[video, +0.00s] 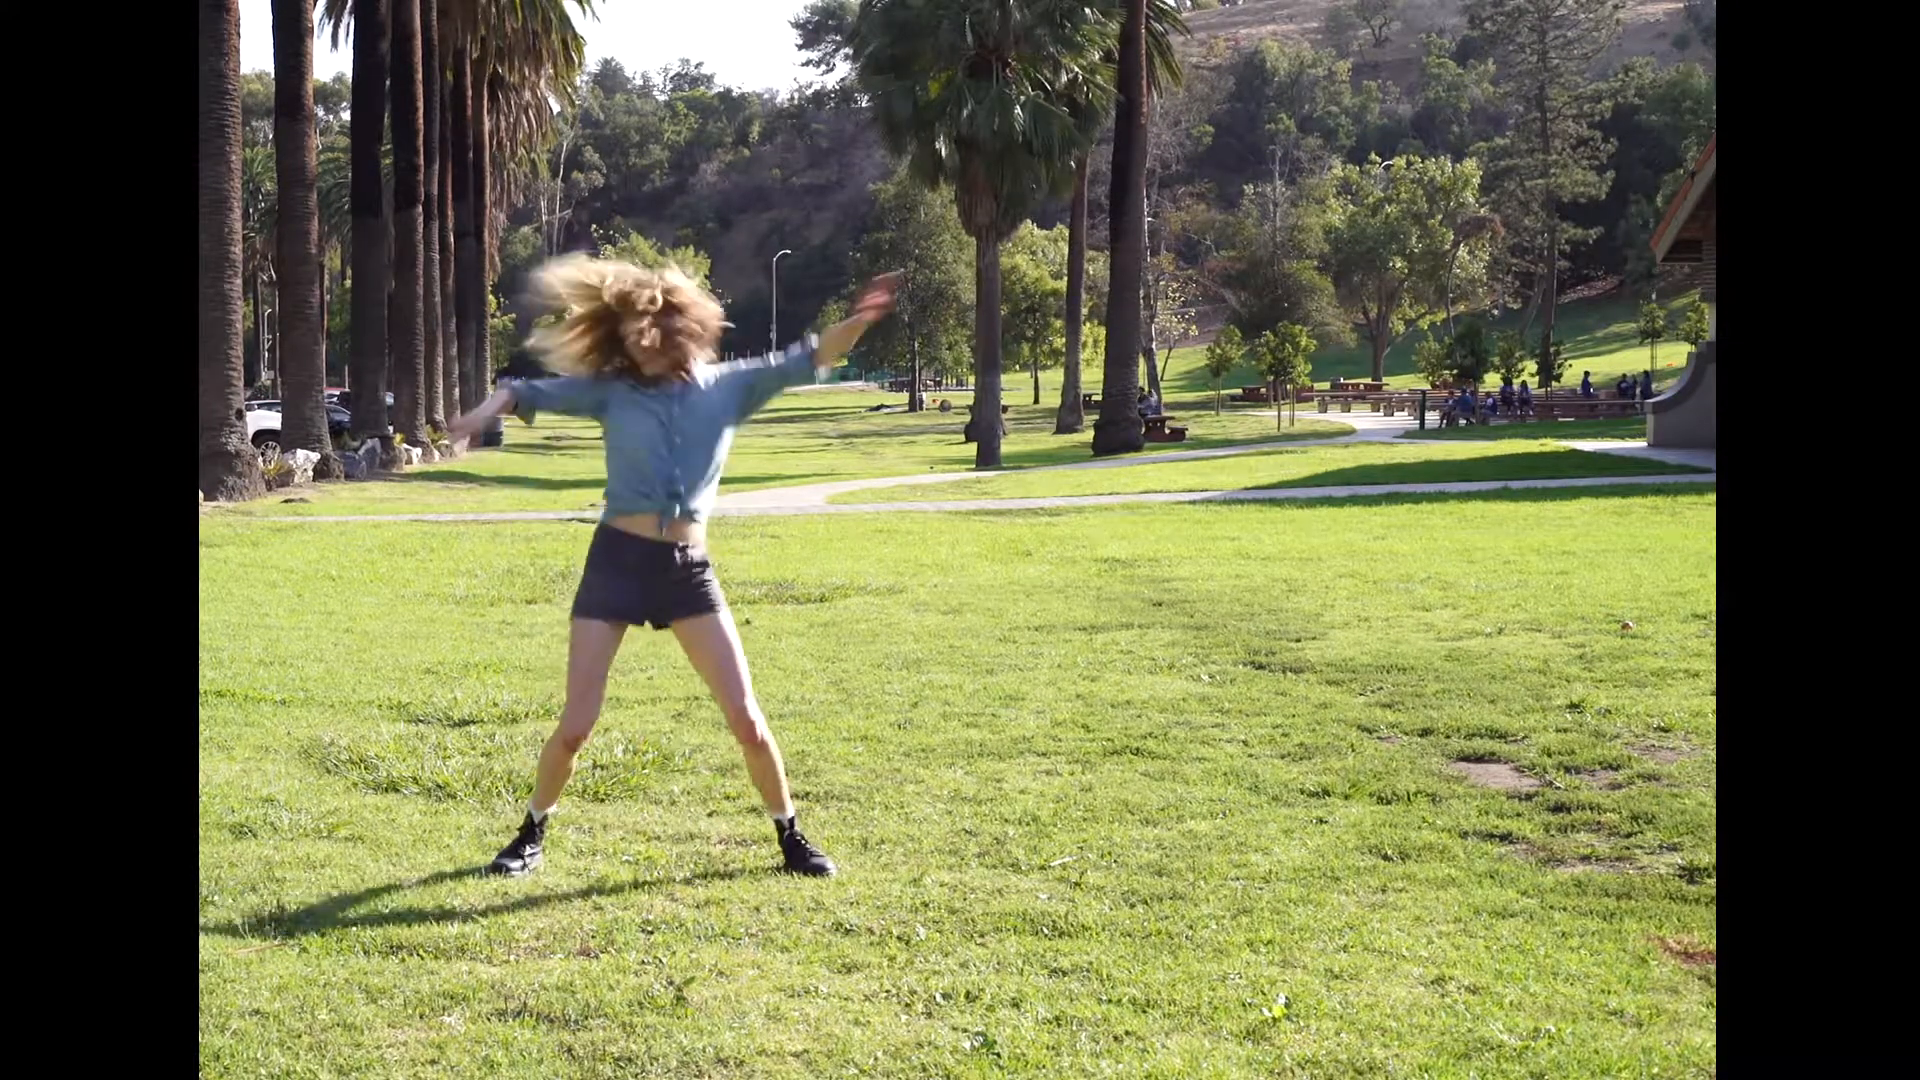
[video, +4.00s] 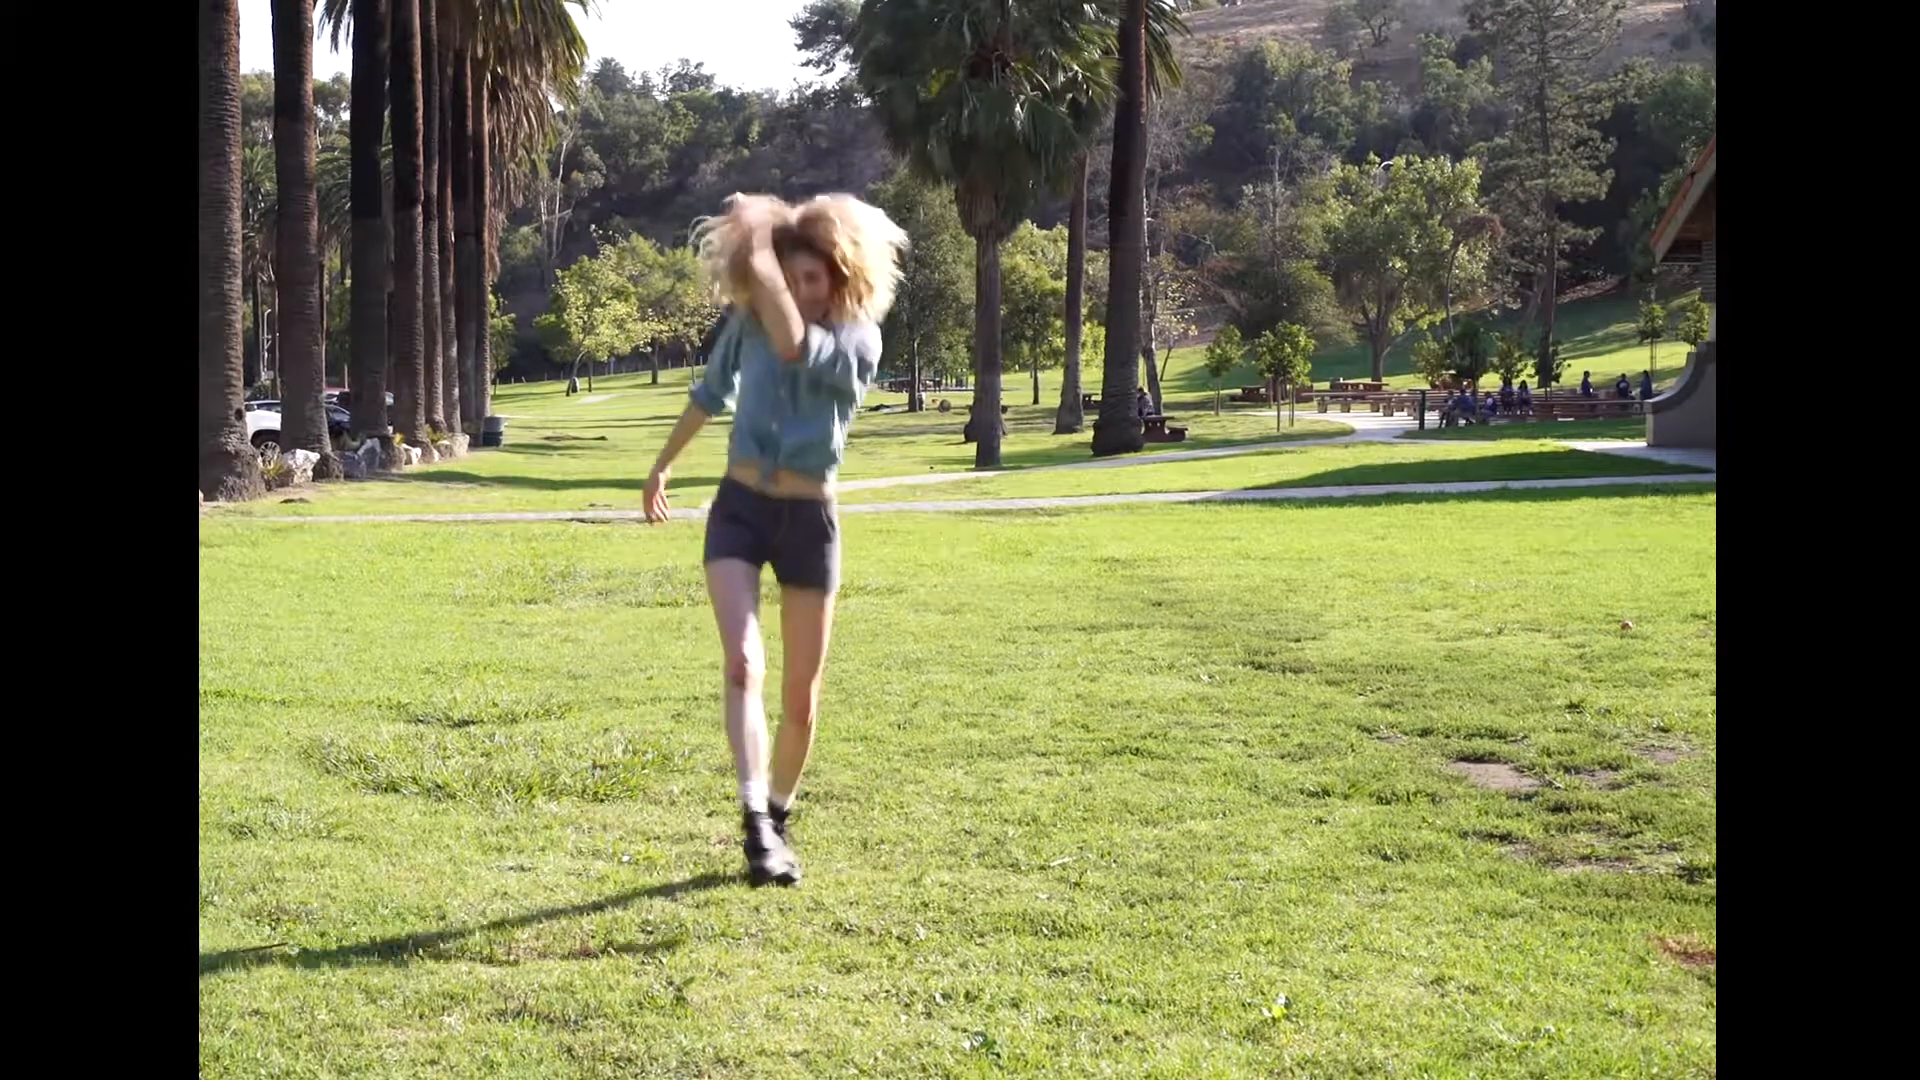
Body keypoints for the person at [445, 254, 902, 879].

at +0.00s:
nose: (645, 336)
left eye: (655, 323)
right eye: (633, 328)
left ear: (679, 327)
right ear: (622, 337)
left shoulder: (722, 386)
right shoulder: (610, 392)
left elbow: (808, 359)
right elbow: (523, 391)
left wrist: (858, 320)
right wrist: (480, 414)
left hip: (686, 566)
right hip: (615, 560)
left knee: (748, 723)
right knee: (576, 724)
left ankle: (792, 839)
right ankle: (531, 834)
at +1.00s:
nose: (682, 438)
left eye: (696, 433)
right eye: (679, 426)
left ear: (721, 445)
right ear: (669, 425)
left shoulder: (727, 495)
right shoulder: (635, 453)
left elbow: (755, 555)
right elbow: (563, 424)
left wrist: (740, 479)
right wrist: (494, 387)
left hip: (675, 612)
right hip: (605, 603)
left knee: (753, 746)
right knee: (561, 734)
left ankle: (797, 839)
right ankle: (524, 836)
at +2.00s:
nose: (666, 413)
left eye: (679, 401)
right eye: (660, 403)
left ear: (713, 406)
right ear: (654, 409)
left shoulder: (750, 468)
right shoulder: (653, 466)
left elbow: (739, 562)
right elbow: (680, 567)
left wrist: (649, 585)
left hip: (723, 593)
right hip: (657, 601)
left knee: (801, 719)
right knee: (629, 756)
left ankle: (812, 835)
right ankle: (540, 832)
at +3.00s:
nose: (718, 391)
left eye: (729, 378)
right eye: (706, 379)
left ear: (760, 373)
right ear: (692, 377)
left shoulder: (792, 426)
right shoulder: (681, 425)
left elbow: (851, 483)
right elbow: (624, 492)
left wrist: (918, 504)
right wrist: (578, 561)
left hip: (763, 566)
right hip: (690, 567)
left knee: (827, 725)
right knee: (638, 730)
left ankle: (852, 833)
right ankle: (617, 835)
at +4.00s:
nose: (802, 288)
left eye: (816, 273)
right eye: (791, 275)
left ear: (843, 276)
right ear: (775, 275)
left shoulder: (857, 339)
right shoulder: (746, 323)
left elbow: (793, 343)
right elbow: (706, 399)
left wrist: (759, 254)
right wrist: (661, 465)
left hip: (809, 520)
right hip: (737, 510)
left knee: (801, 698)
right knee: (743, 665)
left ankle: (776, 816)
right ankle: (757, 823)